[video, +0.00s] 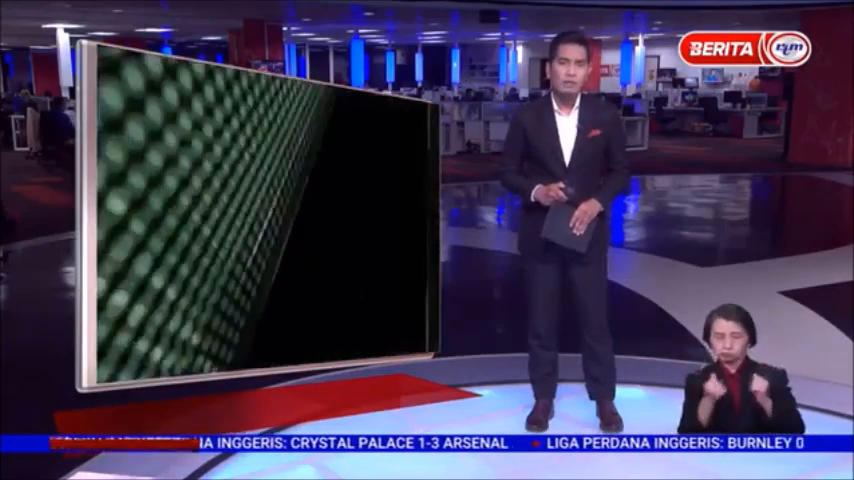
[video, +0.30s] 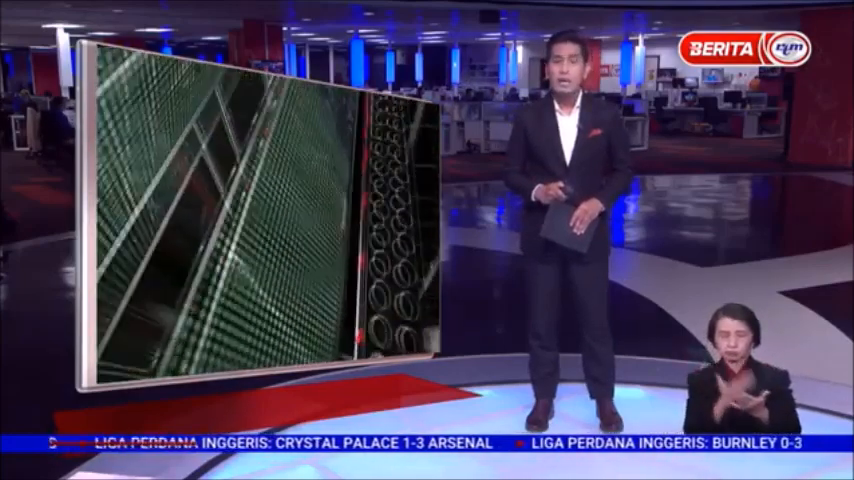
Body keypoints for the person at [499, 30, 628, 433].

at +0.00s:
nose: (571, 71)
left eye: (579, 63)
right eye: (563, 63)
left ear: (588, 71)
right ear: (549, 69)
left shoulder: (604, 113)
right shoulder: (526, 115)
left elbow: (620, 172)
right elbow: (508, 172)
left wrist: (597, 201)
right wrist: (537, 190)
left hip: (588, 230)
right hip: (541, 229)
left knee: (594, 320)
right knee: (541, 321)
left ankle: (604, 400)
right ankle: (542, 400)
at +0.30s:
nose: (564, 68)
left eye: (572, 61)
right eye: (557, 61)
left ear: (586, 68)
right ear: (547, 68)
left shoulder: (606, 112)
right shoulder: (528, 115)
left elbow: (623, 170)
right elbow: (512, 171)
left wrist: (599, 201)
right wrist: (536, 189)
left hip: (589, 229)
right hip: (542, 229)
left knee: (594, 320)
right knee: (542, 320)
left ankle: (605, 400)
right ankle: (543, 400)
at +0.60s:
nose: (566, 67)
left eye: (574, 60)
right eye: (558, 60)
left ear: (589, 67)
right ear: (549, 68)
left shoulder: (611, 113)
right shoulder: (532, 116)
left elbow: (629, 171)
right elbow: (517, 172)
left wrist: (602, 200)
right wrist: (538, 188)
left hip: (593, 231)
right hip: (545, 231)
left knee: (597, 320)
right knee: (545, 321)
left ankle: (605, 400)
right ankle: (543, 398)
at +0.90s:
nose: (574, 69)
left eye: (583, 62)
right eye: (567, 61)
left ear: (596, 69)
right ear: (556, 67)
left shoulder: (615, 113)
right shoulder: (536, 115)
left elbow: (632, 170)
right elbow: (518, 173)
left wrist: (609, 200)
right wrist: (543, 181)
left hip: (597, 231)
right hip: (548, 232)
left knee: (598, 320)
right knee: (547, 320)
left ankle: (605, 400)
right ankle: (543, 398)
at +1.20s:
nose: (576, 71)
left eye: (585, 64)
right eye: (569, 63)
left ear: (597, 71)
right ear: (558, 69)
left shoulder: (615, 114)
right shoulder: (536, 116)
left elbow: (632, 170)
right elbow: (518, 173)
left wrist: (611, 200)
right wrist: (544, 184)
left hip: (597, 231)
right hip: (549, 231)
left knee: (598, 320)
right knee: (547, 320)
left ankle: (605, 400)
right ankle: (543, 398)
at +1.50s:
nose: (582, 66)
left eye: (591, 59)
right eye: (575, 58)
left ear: (600, 69)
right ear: (560, 65)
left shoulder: (614, 112)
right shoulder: (535, 115)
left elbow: (631, 170)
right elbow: (517, 173)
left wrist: (607, 201)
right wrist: (549, 188)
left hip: (596, 231)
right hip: (549, 230)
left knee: (598, 320)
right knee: (547, 319)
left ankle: (605, 400)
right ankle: (543, 398)